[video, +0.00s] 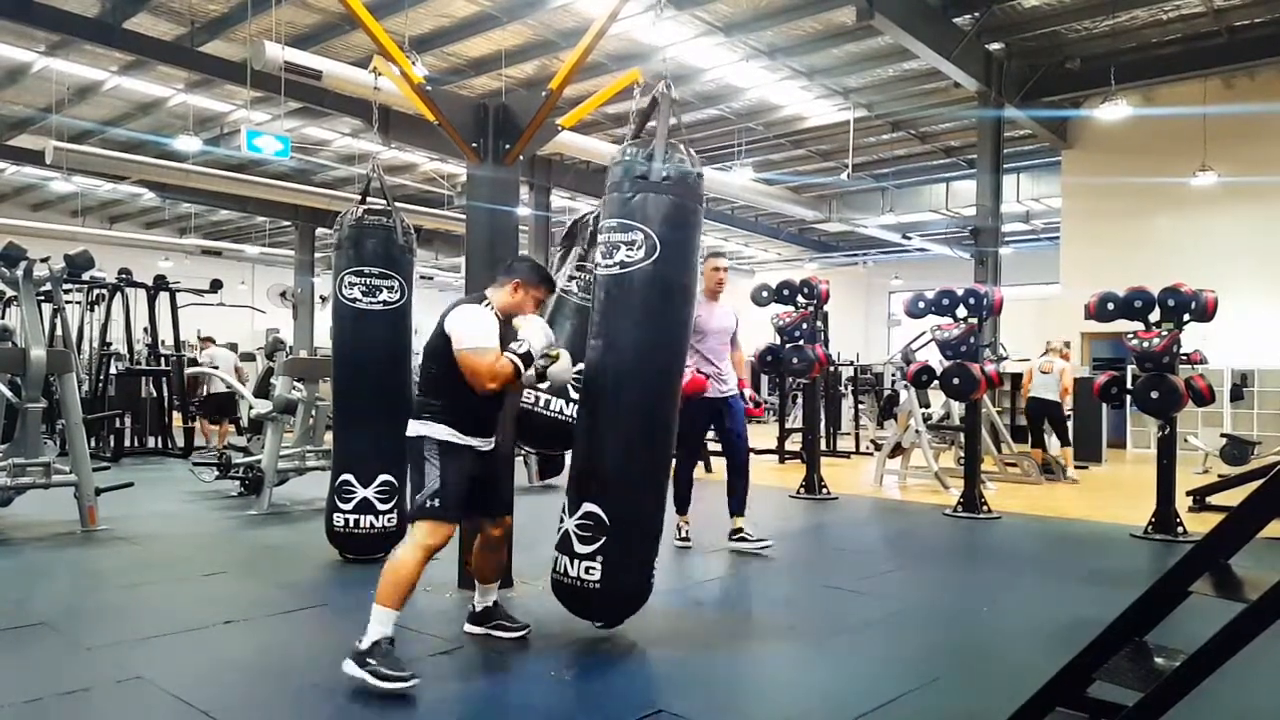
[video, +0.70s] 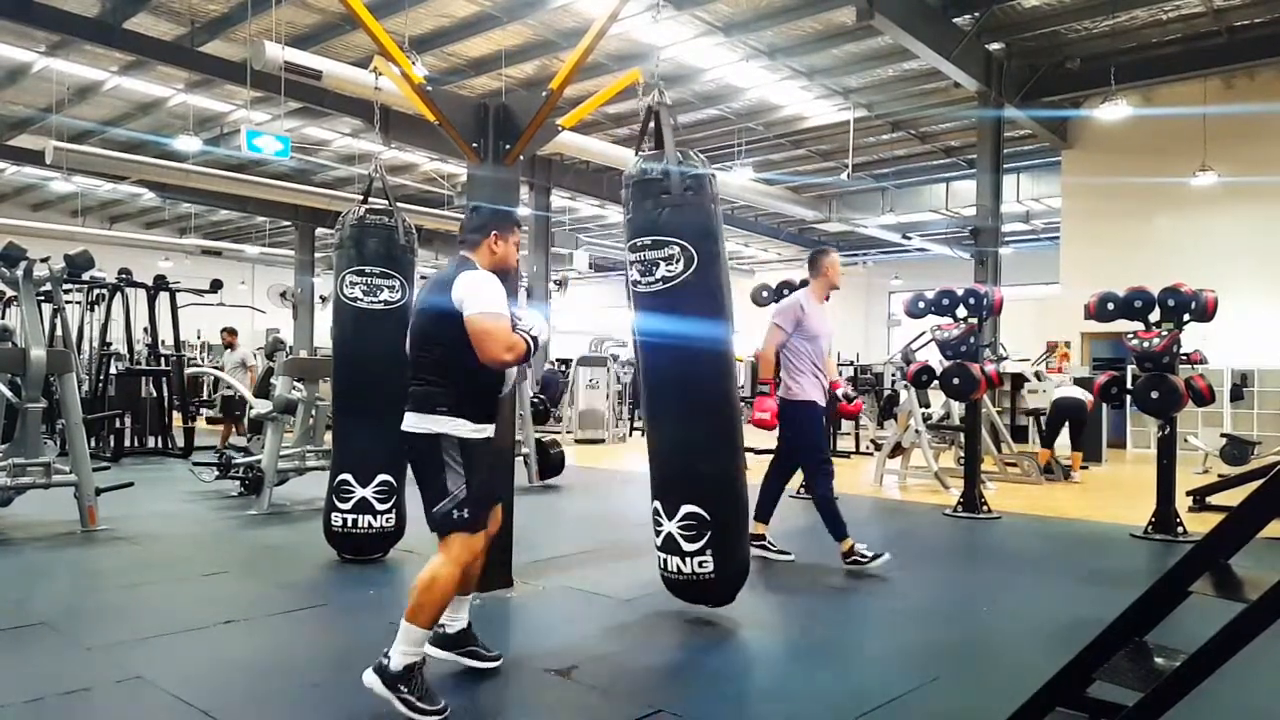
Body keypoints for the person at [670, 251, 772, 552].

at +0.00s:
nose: (721, 275)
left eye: (725, 270)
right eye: (716, 270)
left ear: (727, 276)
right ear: (702, 274)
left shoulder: (730, 314)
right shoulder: (690, 309)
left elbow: (736, 351)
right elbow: (674, 349)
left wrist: (744, 384)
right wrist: (681, 379)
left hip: (729, 395)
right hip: (695, 396)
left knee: (739, 456)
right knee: (686, 459)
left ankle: (738, 525)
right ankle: (682, 521)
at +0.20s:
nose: (758, 274)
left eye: (759, 270)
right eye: (752, 268)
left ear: (758, 275)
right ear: (734, 272)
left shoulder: (760, 313)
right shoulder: (719, 302)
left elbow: (761, 355)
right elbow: (703, 338)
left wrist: (768, 390)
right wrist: (724, 363)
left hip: (752, 401)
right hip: (717, 400)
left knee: (751, 465)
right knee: (701, 467)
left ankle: (754, 535)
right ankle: (678, 528)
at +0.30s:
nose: (777, 272)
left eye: (777, 267)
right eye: (771, 266)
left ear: (768, 273)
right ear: (752, 269)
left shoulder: (772, 312)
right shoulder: (733, 303)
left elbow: (779, 356)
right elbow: (717, 344)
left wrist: (788, 392)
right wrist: (736, 371)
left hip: (766, 400)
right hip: (735, 399)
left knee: (759, 467)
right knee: (728, 464)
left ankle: (754, 536)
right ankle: (689, 509)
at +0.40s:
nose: (794, 270)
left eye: (794, 265)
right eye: (789, 265)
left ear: (779, 270)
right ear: (770, 269)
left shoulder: (789, 312)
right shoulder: (748, 301)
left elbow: (797, 355)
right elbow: (734, 344)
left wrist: (809, 394)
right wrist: (742, 382)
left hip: (780, 396)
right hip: (752, 392)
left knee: (768, 463)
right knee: (760, 461)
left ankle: (755, 535)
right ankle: (718, 504)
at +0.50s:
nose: (809, 269)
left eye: (808, 264)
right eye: (804, 263)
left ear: (792, 270)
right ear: (785, 268)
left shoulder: (800, 308)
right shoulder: (761, 300)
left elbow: (808, 353)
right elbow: (744, 344)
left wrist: (822, 388)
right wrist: (745, 388)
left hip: (791, 390)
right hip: (768, 388)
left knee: (773, 458)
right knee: (791, 457)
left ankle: (757, 534)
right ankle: (752, 521)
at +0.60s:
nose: (825, 270)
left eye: (824, 264)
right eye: (821, 263)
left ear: (808, 268)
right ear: (806, 267)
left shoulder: (813, 308)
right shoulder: (778, 301)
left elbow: (817, 354)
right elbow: (753, 346)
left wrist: (834, 389)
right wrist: (751, 392)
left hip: (803, 394)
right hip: (783, 393)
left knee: (777, 462)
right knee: (806, 465)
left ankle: (757, 535)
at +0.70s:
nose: (842, 273)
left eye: (840, 267)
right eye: (838, 267)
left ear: (823, 270)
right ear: (825, 270)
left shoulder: (820, 308)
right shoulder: (794, 304)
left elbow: (824, 356)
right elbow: (767, 349)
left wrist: (839, 387)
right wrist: (765, 394)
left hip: (813, 401)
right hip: (798, 402)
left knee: (782, 467)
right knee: (820, 473)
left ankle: (758, 534)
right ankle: (848, 549)